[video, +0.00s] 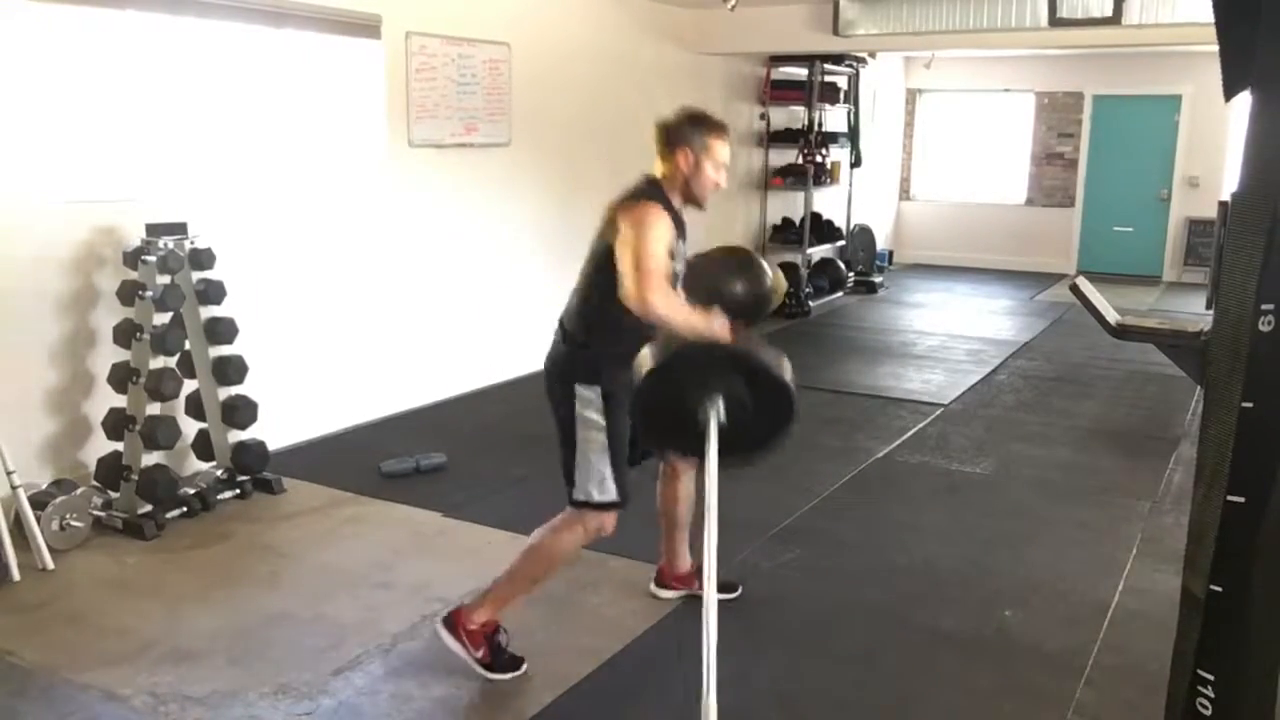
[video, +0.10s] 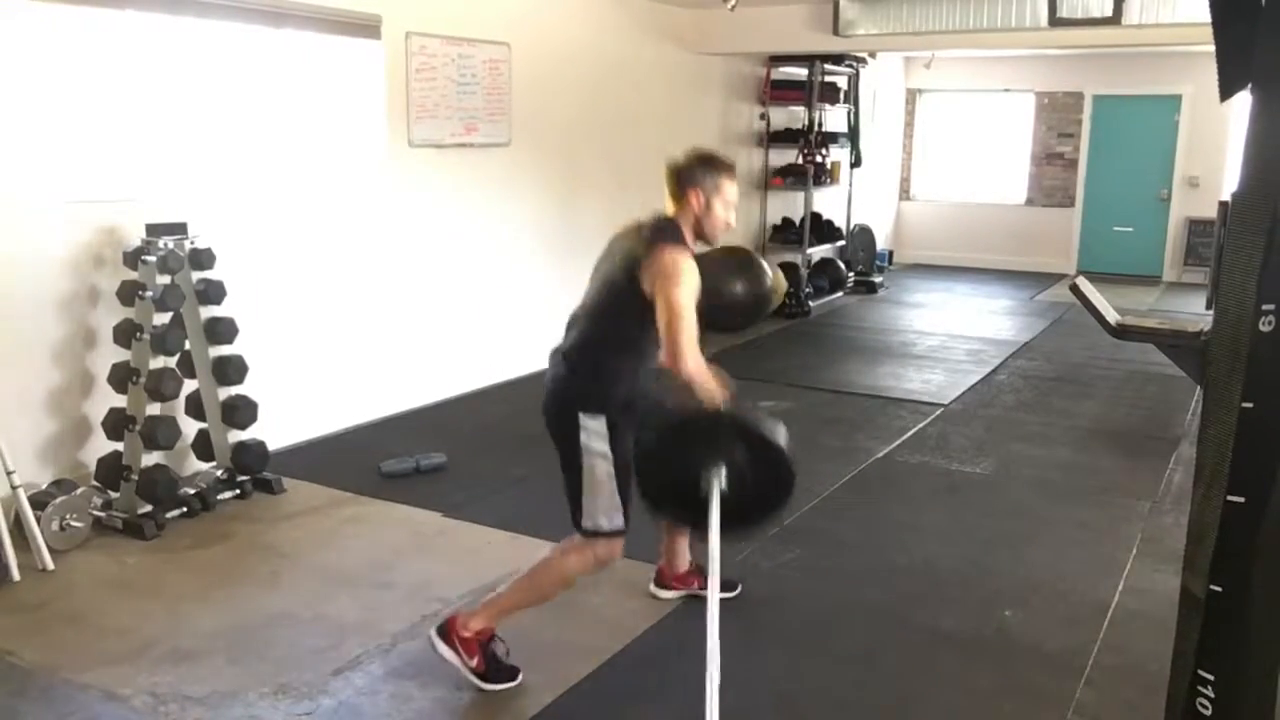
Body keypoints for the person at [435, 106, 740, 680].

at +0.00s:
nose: (723, 179)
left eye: (724, 166)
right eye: (717, 165)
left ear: (686, 161)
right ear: (683, 159)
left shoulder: (665, 211)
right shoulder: (647, 214)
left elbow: (662, 294)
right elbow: (648, 299)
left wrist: (709, 318)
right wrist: (715, 327)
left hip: (622, 363)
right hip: (586, 369)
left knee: (683, 449)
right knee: (595, 516)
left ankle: (676, 568)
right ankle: (475, 618)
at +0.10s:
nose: (732, 216)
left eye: (733, 203)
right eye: (726, 202)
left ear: (690, 199)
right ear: (695, 199)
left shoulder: (645, 236)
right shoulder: (675, 260)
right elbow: (684, 362)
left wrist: (707, 385)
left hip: (621, 388)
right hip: (588, 398)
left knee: (681, 449)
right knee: (602, 544)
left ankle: (676, 567)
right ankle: (470, 628)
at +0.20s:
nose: (741, 257)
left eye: (744, 246)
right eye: (738, 244)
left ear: (697, 238)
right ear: (708, 237)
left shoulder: (645, 265)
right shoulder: (693, 305)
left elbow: (591, 332)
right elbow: (698, 417)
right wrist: (716, 480)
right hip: (587, 419)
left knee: (691, 455)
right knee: (606, 568)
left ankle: (669, 567)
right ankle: (471, 630)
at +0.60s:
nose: (734, 238)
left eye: (735, 225)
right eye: (728, 224)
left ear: (690, 222)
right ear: (695, 221)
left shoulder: (652, 255)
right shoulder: (688, 277)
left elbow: (632, 348)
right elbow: (699, 390)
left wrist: (682, 394)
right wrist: (705, 446)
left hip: (622, 401)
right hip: (595, 414)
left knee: (695, 446)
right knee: (598, 560)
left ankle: (673, 560)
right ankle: (466, 631)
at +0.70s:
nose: (721, 188)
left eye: (723, 176)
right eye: (713, 175)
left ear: (701, 173)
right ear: (679, 170)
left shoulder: (668, 220)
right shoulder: (654, 218)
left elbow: (668, 306)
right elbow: (667, 308)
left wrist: (698, 366)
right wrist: (702, 374)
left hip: (633, 377)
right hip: (592, 383)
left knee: (699, 453)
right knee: (587, 522)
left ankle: (679, 565)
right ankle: (467, 626)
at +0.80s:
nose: (703, 147)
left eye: (708, 136)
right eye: (693, 134)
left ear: (709, 135)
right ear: (659, 125)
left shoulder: (702, 198)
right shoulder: (626, 164)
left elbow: (695, 275)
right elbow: (615, 233)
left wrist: (706, 338)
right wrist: (679, 272)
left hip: (651, 339)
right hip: (590, 334)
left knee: (703, 451)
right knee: (571, 478)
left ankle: (682, 555)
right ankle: (493, 605)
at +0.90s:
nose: (675, 134)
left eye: (685, 123)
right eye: (666, 120)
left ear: (695, 121)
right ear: (641, 109)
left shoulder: (704, 186)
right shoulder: (600, 153)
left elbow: (719, 268)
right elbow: (540, 218)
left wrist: (702, 227)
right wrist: (577, 181)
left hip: (668, 337)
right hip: (594, 330)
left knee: (696, 463)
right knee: (563, 460)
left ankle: (713, 538)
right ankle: (522, 602)